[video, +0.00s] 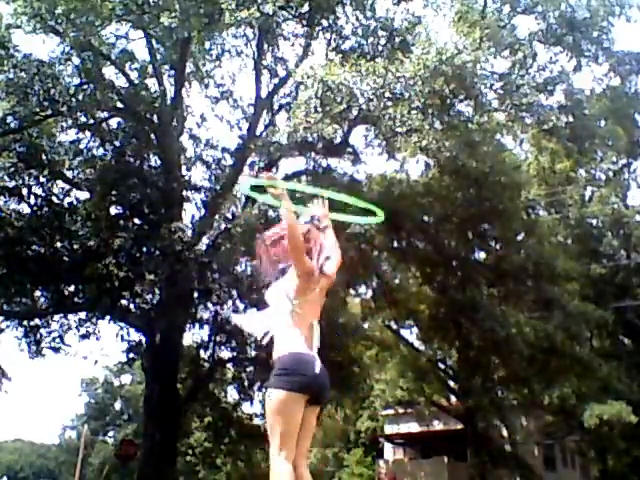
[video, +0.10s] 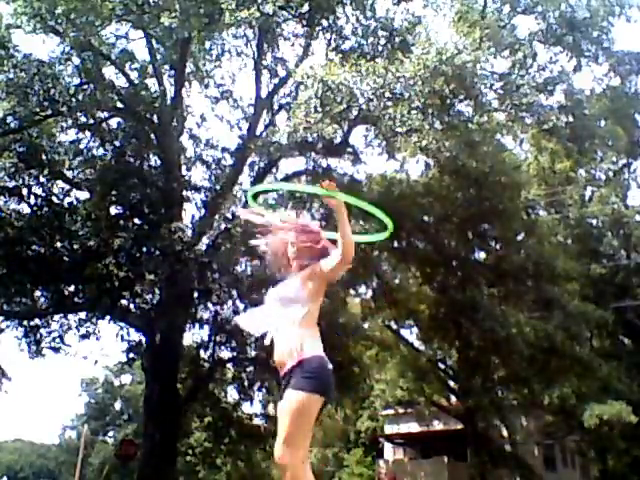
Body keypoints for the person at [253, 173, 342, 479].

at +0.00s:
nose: (291, 243)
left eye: (295, 237)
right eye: (292, 237)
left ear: (304, 242)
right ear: (319, 244)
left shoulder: (303, 273)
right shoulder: (323, 278)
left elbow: (293, 232)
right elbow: (334, 252)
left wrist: (283, 196)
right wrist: (326, 221)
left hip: (291, 365)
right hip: (316, 368)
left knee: (281, 457)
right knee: (300, 461)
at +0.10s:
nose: (288, 247)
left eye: (293, 241)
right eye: (288, 242)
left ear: (307, 245)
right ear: (292, 249)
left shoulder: (316, 273)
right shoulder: (286, 285)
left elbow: (346, 258)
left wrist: (340, 209)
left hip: (309, 368)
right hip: (289, 375)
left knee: (286, 455)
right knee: (298, 461)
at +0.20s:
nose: (310, 252)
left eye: (318, 247)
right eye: (305, 245)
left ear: (326, 250)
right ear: (294, 246)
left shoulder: (331, 276)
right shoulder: (277, 278)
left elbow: (376, 277)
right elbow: (263, 267)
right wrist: (262, 232)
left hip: (319, 373)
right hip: (283, 377)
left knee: (301, 461)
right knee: (272, 463)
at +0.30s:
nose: (326, 254)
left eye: (332, 251)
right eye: (322, 247)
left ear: (337, 258)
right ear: (304, 246)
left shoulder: (338, 288)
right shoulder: (280, 279)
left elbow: (375, 306)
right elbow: (236, 276)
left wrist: (388, 268)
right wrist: (244, 239)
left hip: (326, 379)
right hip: (286, 376)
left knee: (309, 461)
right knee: (288, 454)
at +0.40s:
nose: (338, 252)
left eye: (341, 246)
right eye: (333, 243)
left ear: (343, 252)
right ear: (317, 244)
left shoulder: (339, 290)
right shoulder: (291, 271)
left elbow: (351, 318)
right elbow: (239, 273)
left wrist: (373, 285)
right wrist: (257, 237)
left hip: (329, 376)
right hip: (293, 370)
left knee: (315, 458)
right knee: (308, 454)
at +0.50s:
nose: (342, 253)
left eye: (345, 248)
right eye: (338, 245)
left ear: (345, 252)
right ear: (323, 243)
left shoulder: (333, 282)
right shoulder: (304, 268)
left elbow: (330, 320)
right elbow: (261, 272)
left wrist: (350, 299)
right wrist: (293, 240)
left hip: (326, 376)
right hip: (303, 369)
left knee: (325, 463)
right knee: (314, 461)